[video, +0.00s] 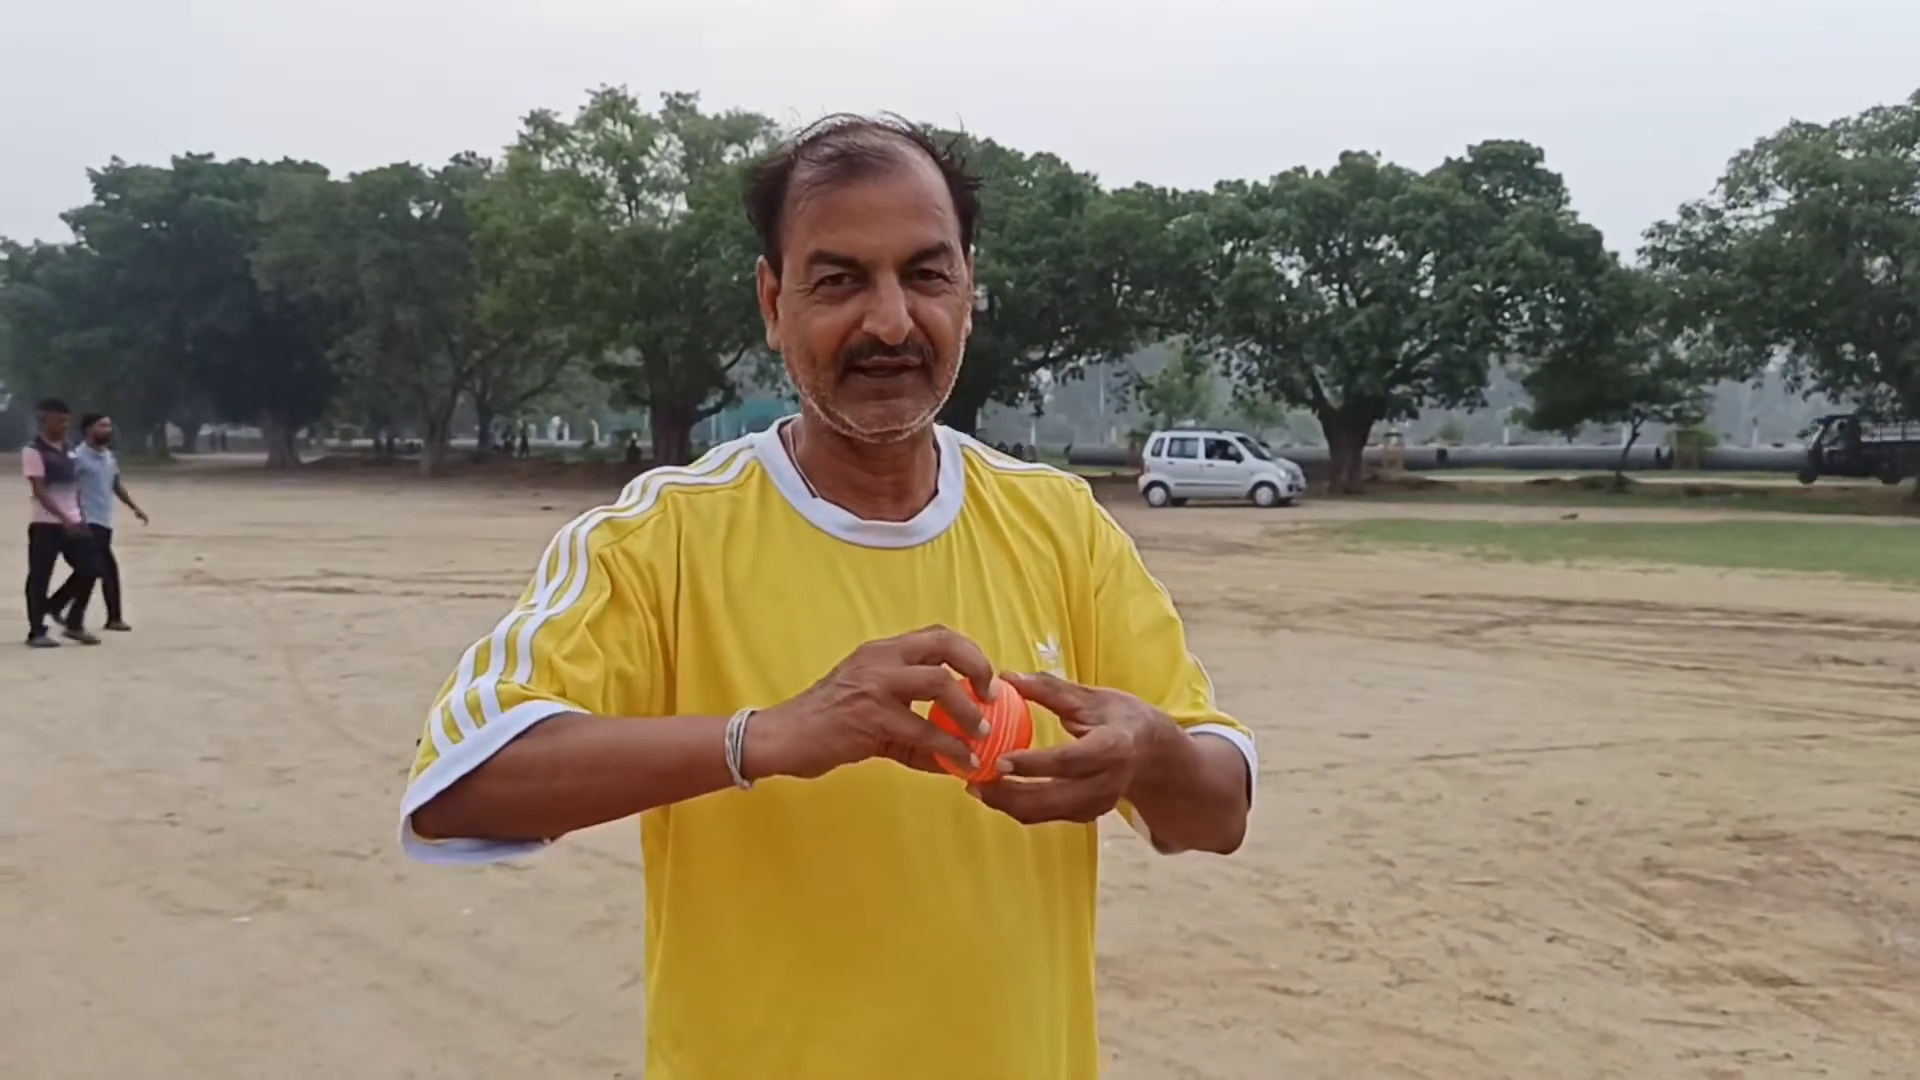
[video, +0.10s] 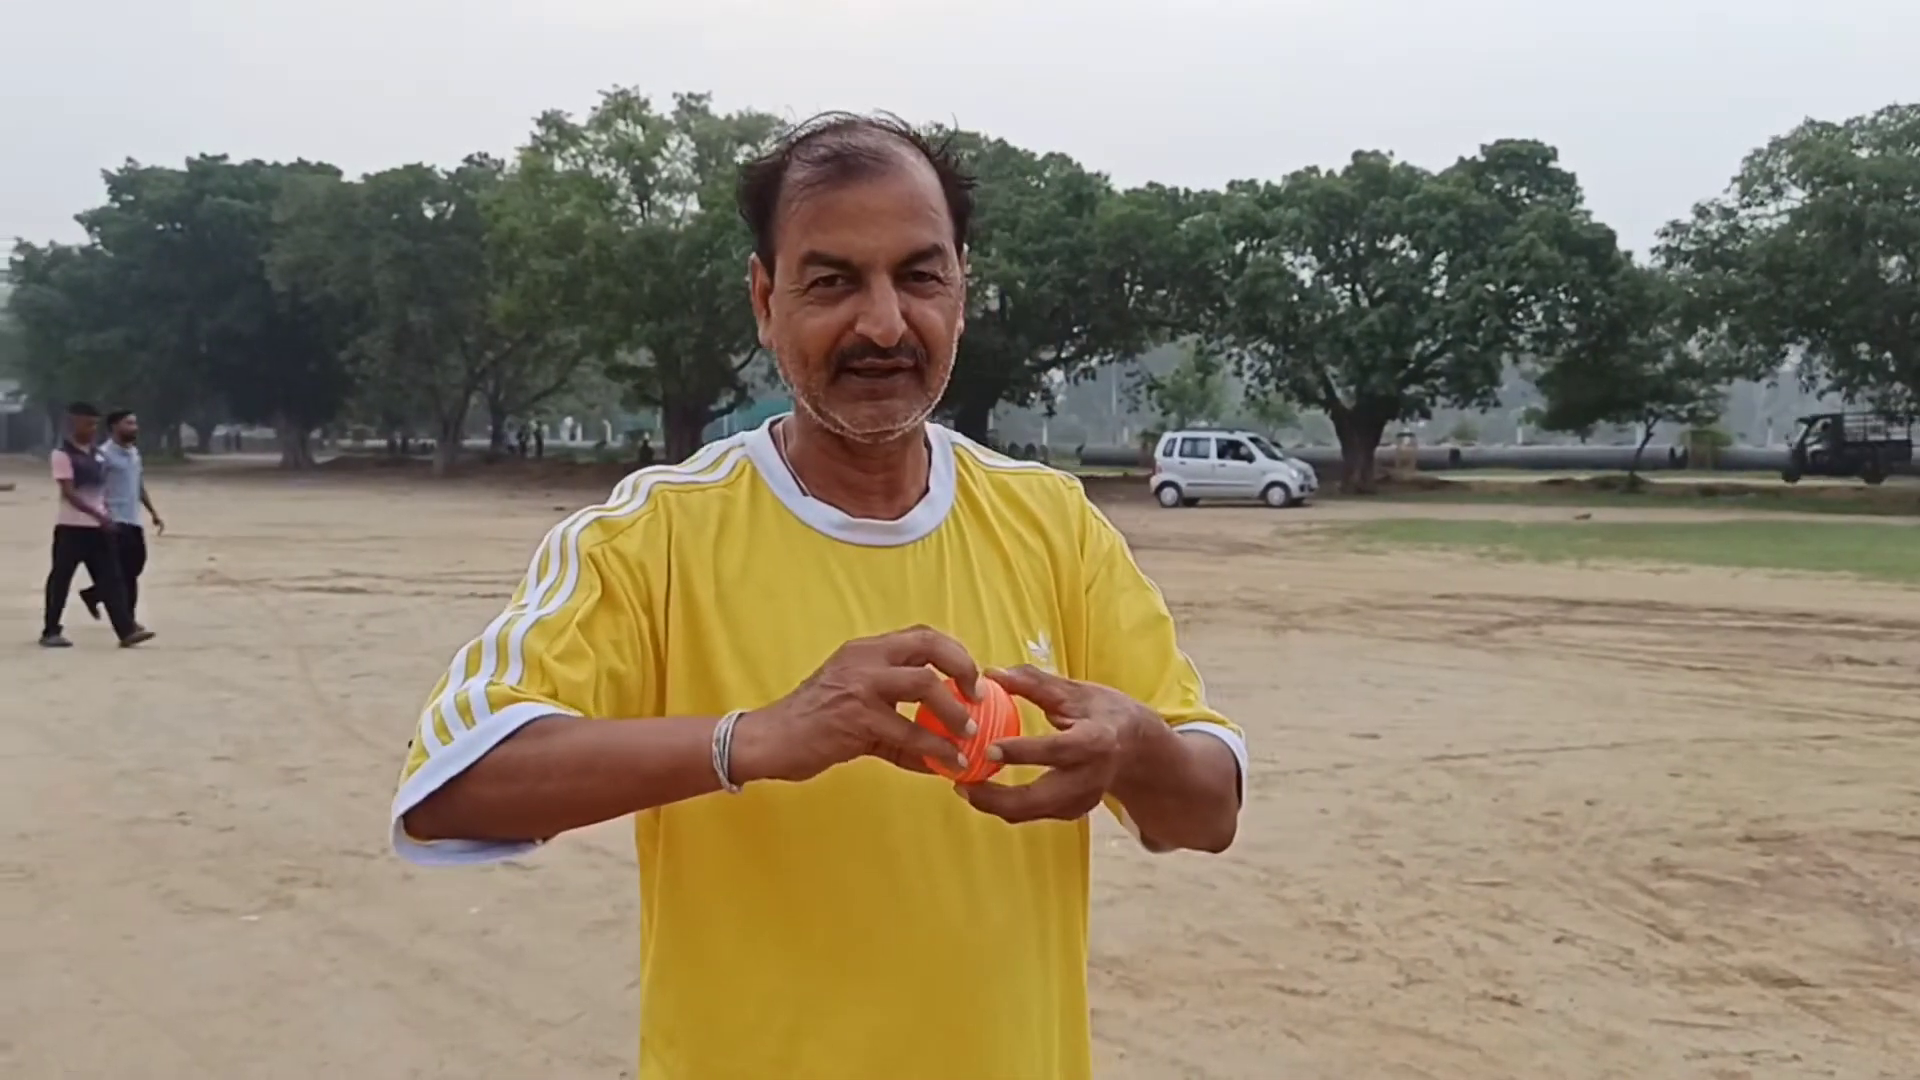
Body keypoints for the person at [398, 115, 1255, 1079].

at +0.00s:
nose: (890, 320)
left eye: (926, 274)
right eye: (840, 280)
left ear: (969, 290)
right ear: (773, 301)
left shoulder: (1066, 531)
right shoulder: (658, 539)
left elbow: (1222, 820)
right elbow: (457, 785)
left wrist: (1153, 758)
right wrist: (762, 740)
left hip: (1027, 1056)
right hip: (742, 1056)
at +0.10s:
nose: (882, 322)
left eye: (920, 275)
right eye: (833, 282)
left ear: (962, 287)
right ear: (765, 300)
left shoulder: (1057, 527)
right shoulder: (652, 536)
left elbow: (1213, 817)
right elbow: (450, 784)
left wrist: (1136, 751)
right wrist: (750, 742)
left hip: (1022, 1054)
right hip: (735, 1053)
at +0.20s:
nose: (880, 336)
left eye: (920, 287)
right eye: (832, 291)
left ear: (959, 291)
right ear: (762, 301)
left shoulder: (1054, 528)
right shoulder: (648, 534)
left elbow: (1208, 816)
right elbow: (445, 781)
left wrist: (1123, 742)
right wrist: (734, 744)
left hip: (1016, 1055)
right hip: (730, 1055)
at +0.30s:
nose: (882, 351)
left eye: (921, 301)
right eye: (834, 304)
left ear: (961, 294)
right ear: (762, 301)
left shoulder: (1052, 526)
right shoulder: (647, 533)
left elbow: (1210, 812)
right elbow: (441, 781)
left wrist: (1114, 731)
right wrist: (732, 741)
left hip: (1013, 1055)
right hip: (728, 1056)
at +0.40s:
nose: (880, 344)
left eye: (919, 295)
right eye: (832, 298)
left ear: (959, 293)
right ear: (761, 301)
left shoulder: (1053, 525)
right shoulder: (644, 533)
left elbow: (1211, 811)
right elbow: (438, 782)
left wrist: (1110, 728)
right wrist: (730, 741)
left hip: (1010, 1056)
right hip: (725, 1057)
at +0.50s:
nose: (871, 338)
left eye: (909, 289)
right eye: (823, 294)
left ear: (951, 293)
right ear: (755, 302)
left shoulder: (1052, 525)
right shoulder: (640, 534)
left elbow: (1211, 811)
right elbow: (433, 782)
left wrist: (1104, 733)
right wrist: (717, 743)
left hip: (1005, 1057)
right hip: (723, 1058)